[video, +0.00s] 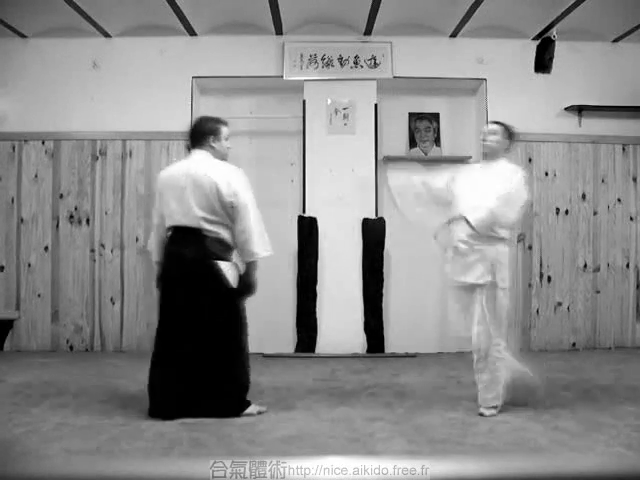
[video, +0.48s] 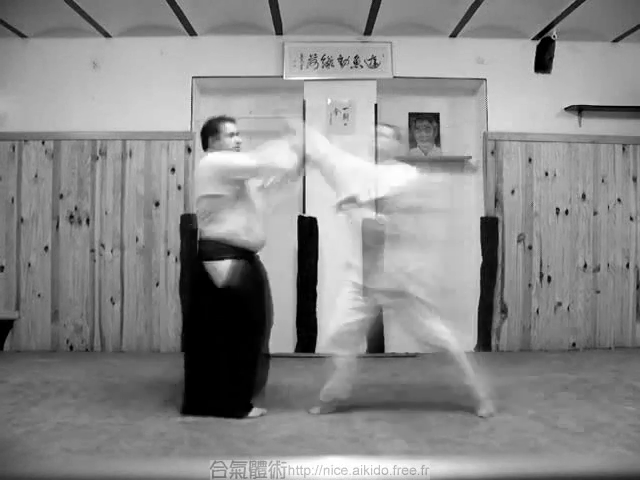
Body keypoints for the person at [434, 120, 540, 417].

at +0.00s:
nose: (487, 139)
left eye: (494, 135)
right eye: (484, 134)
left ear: (507, 142)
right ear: (480, 140)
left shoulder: (514, 175)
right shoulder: (465, 173)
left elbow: (508, 214)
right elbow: (432, 187)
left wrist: (469, 222)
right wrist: (396, 182)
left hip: (494, 256)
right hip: (462, 254)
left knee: (488, 331)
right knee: (471, 329)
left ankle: (489, 400)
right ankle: (519, 378)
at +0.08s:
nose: (471, 139)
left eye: (478, 134)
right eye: (469, 134)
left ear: (492, 140)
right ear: (466, 140)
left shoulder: (498, 172)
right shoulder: (453, 170)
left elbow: (485, 210)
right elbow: (421, 159)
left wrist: (448, 204)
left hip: (478, 256)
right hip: (447, 255)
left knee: (483, 328)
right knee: (434, 324)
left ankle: (491, 400)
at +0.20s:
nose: (454, 140)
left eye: (461, 135)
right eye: (451, 135)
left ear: (476, 142)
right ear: (445, 141)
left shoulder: (483, 173)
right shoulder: (436, 167)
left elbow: (453, 195)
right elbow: (412, 152)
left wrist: (421, 194)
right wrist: (413, 129)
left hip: (462, 259)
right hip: (431, 258)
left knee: (477, 333)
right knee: (402, 326)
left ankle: (493, 397)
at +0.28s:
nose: (436, 143)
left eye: (443, 138)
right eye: (435, 138)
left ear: (458, 145)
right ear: (432, 144)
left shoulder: (466, 177)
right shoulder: (422, 171)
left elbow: (423, 189)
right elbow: (386, 153)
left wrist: (400, 163)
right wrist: (419, 139)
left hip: (454, 259)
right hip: (419, 257)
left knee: (463, 330)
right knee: (380, 322)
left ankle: (491, 397)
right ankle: (373, 390)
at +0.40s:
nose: (410, 149)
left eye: (416, 144)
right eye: (407, 144)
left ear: (426, 149)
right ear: (401, 148)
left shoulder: (431, 176)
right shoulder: (397, 175)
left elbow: (398, 188)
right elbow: (372, 180)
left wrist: (368, 168)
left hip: (425, 266)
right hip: (397, 266)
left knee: (451, 333)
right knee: (359, 328)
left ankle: (487, 395)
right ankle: (341, 392)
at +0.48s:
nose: (379, 141)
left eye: (386, 136)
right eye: (376, 135)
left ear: (399, 145)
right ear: (372, 141)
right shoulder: (357, 172)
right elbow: (326, 155)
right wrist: (303, 132)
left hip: (400, 282)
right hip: (362, 280)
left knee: (439, 337)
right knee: (343, 334)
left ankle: (481, 397)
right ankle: (334, 398)